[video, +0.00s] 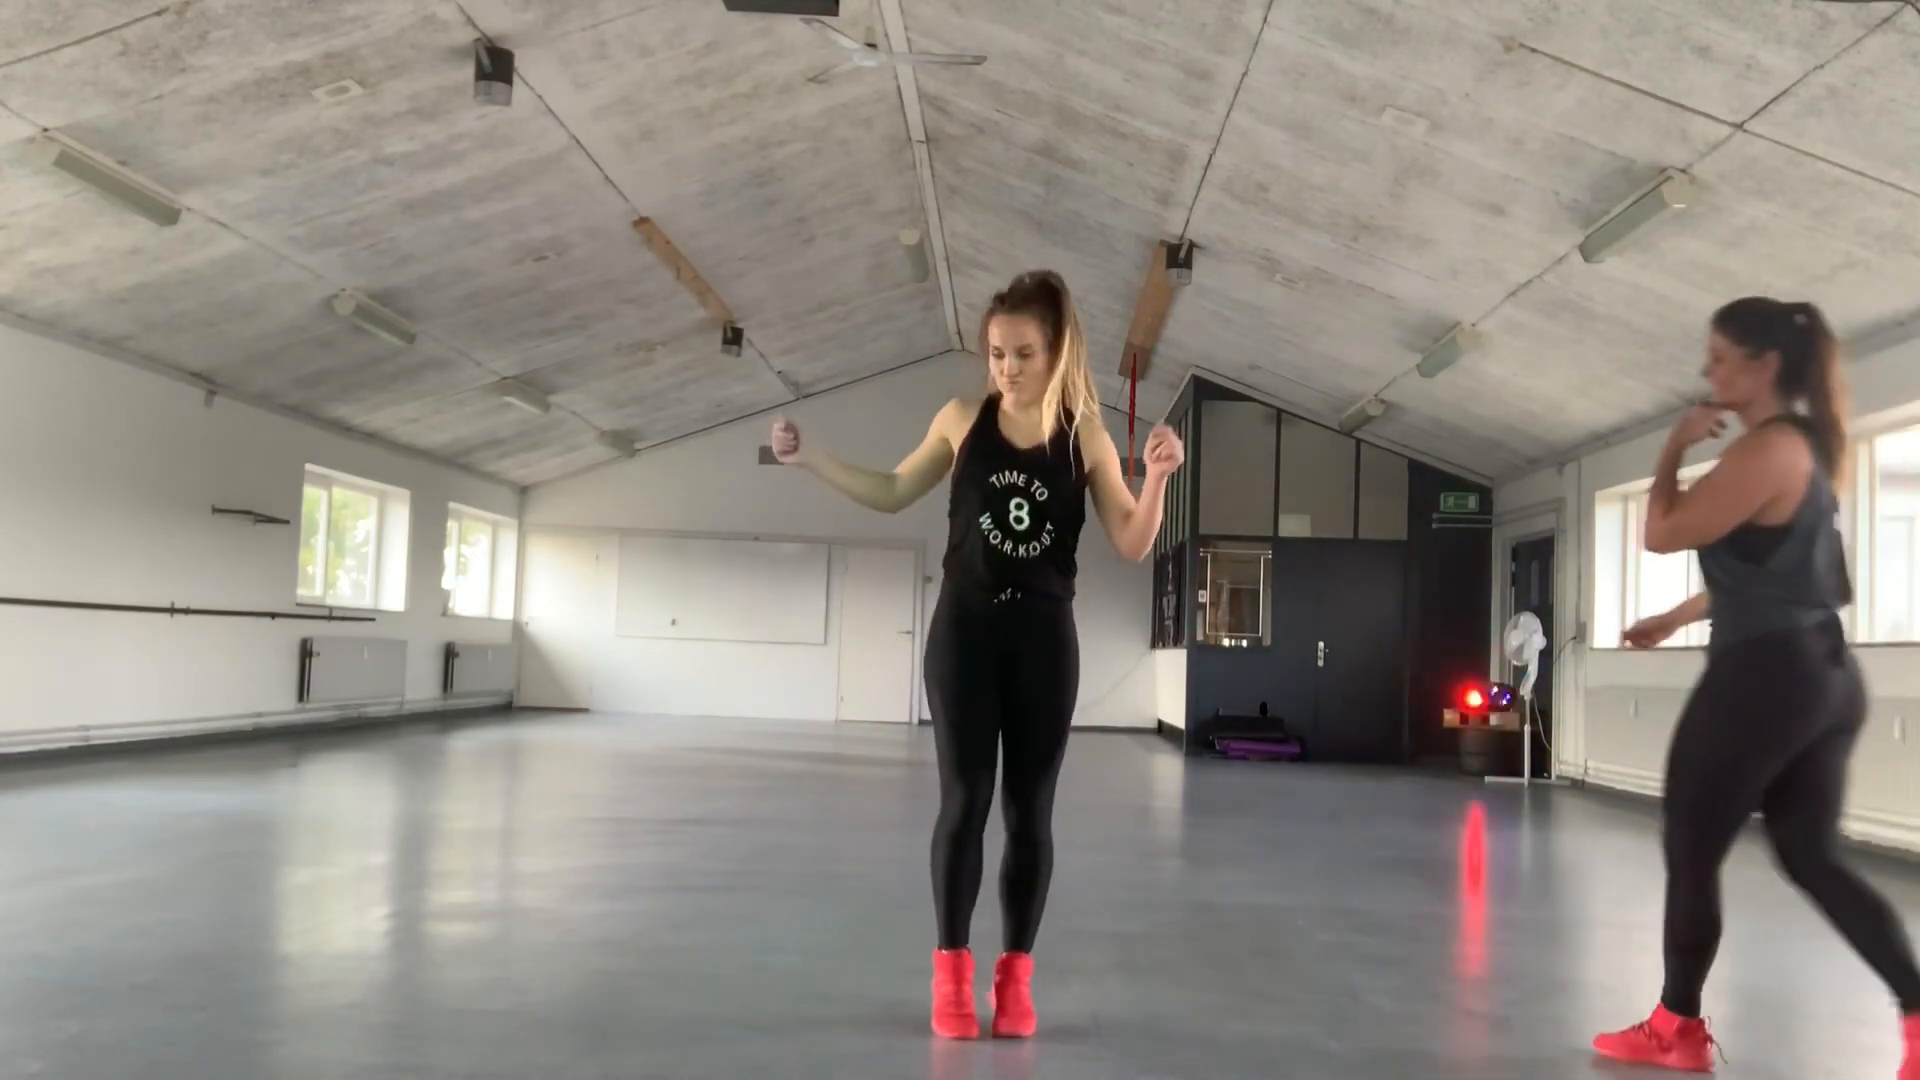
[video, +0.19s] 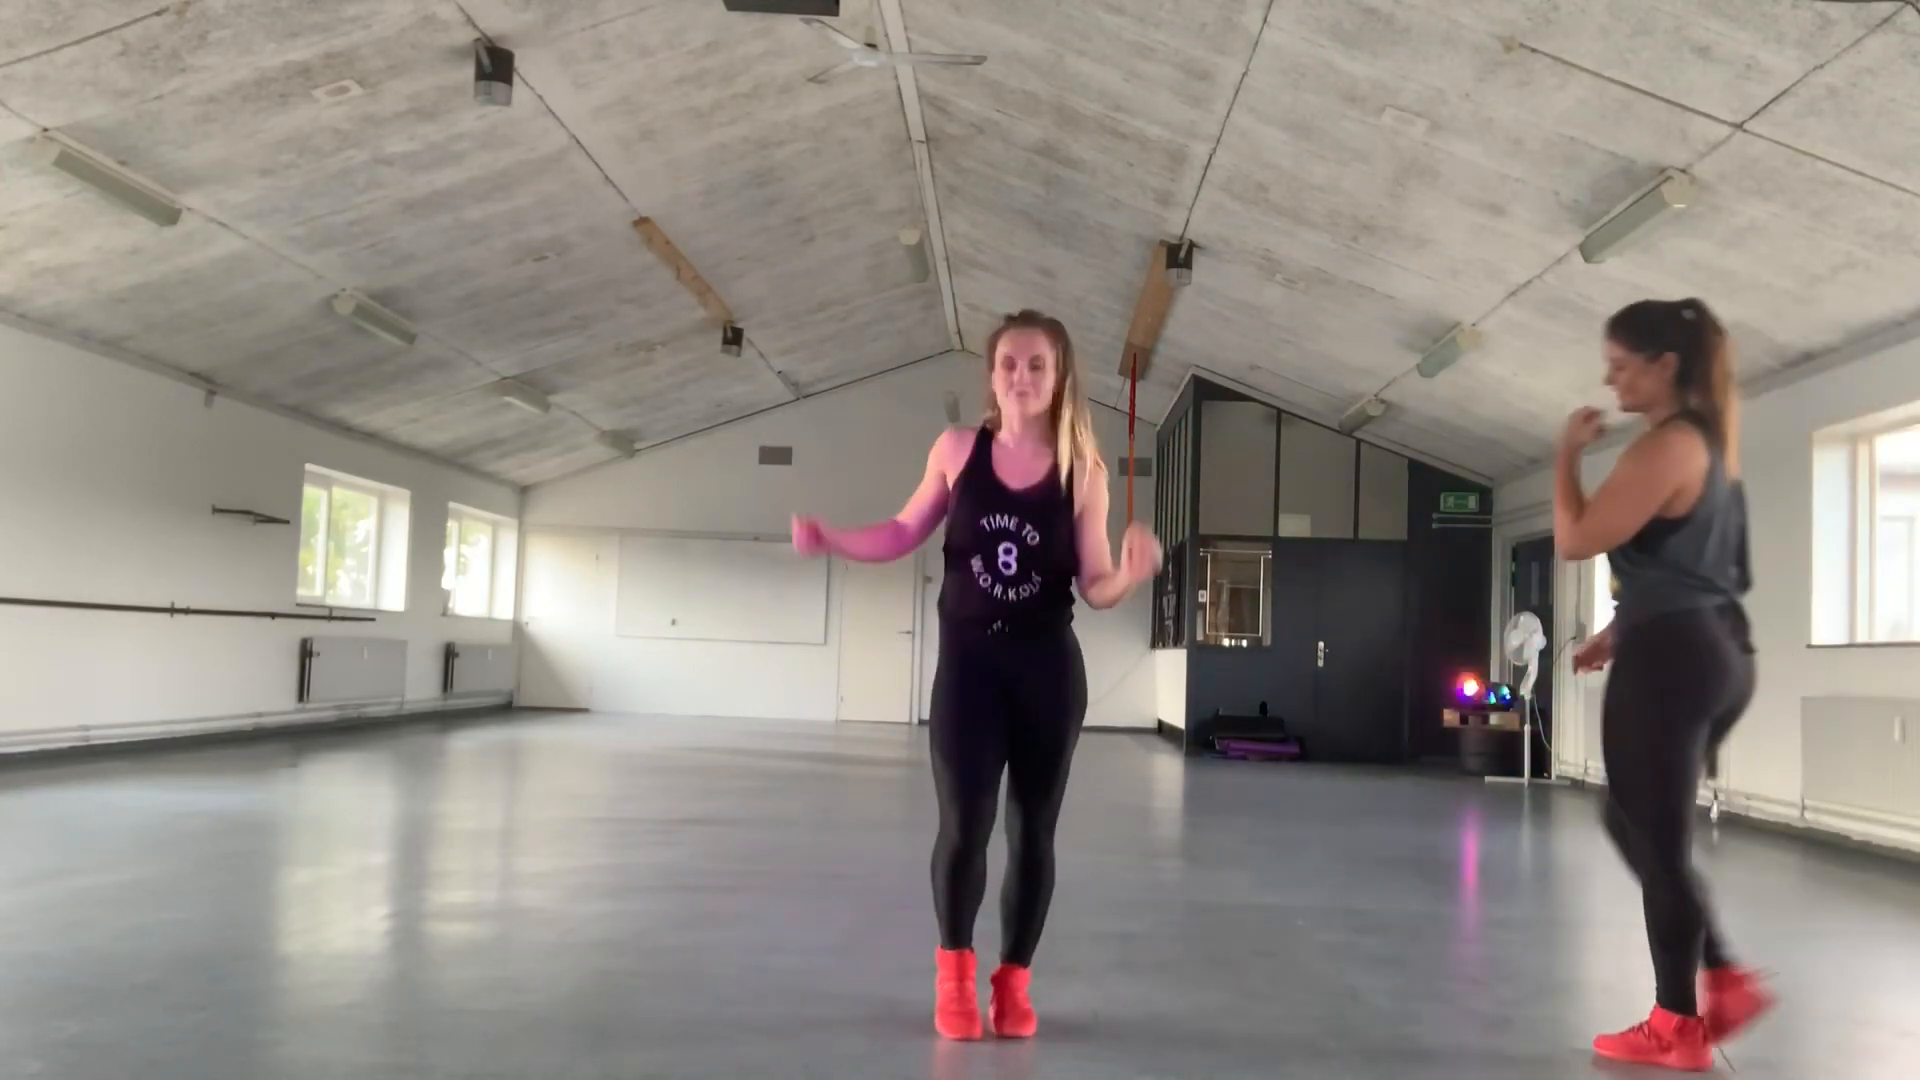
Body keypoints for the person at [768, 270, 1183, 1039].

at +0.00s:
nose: (1005, 369)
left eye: (1022, 353)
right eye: (994, 352)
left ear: (1059, 353)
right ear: (984, 351)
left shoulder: (1085, 432)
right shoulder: (963, 419)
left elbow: (1131, 544)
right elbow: (890, 492)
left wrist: (1156, 480)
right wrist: (804, 454)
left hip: (1044, 641)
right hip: (963, 635)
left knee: (1030, 812)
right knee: (964, 801)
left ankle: (1015, 972)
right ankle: (952, 970)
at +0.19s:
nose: (1020, 376)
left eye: (1035, 365)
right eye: (1008, 364)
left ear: (1060, 378)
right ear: (991, 375)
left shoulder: (1082, 469)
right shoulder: (958, 451)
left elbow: (1097, 589)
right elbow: (901, 534)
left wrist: (1131, 570)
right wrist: (831, 540)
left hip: (1049, 670)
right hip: (968, 668)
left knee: (1034, 830)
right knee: (964, 828)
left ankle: (1015, 977)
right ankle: (956, 970)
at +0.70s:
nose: (1004, 352)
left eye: (1018, 342)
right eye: (991, 342)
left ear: (1038, 360)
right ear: (970, 359)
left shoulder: (1068, 455)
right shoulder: (935, 438)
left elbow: (1083, 566)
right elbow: (905, 542)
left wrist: (1103, 662)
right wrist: (876, 641)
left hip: (1044, 657)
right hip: (961, 655)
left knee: (1022, 820)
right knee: (966, 812)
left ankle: (1003, 977)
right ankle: (954, 974)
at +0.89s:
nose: (1003, 336)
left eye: (1016, 325)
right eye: (989, 327)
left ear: (1038, 343)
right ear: (969, 347)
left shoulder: (1078, 423)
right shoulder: (947, 439)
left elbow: (1095, 528)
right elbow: (921, 545)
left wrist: (1100, 627)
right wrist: (872, 631)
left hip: (1030, 639)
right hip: (947, 636)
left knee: (1012, 810)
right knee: (950, 802)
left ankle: (1005, 974)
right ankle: (949, 969)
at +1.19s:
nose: (1003, 347)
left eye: (1018, 336)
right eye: (992, 335)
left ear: (1042, 353)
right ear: (973, 351)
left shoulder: (1072, 438)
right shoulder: (941, 435)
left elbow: (1093, 537)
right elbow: (909, 537)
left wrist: (1105, 613)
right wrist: (868, 630)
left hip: (1036, 644)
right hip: (955, 641)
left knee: (1020, 809)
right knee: (959, 799)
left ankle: (1004, 974)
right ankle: (951, 971)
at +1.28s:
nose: (1002, 340)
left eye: (1017, 330)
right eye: (990, 330)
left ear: (1042, 346)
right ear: (971, 345)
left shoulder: (1075, 415)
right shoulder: (945, 438)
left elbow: (1101, 520)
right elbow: (910, 543)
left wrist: (1095, 593)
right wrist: (857, 625)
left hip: (1030, 637)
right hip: (947, 634)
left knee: (1017, 811)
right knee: (948, 800)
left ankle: (1006, 975)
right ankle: (943, 971)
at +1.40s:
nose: (1006, 361)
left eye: (1021, 350)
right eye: (994, 349)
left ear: (1046, 366)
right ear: (976, 364)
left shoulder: (1074, 452)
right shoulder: (943, 442)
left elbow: (1089, 554)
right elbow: (911, 543)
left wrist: (1099, 638)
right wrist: (881, 631)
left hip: (1036, 656)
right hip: (955, 654)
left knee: (1017, 821)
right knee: (955, 817)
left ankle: (1003, 977)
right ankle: (949, 974)